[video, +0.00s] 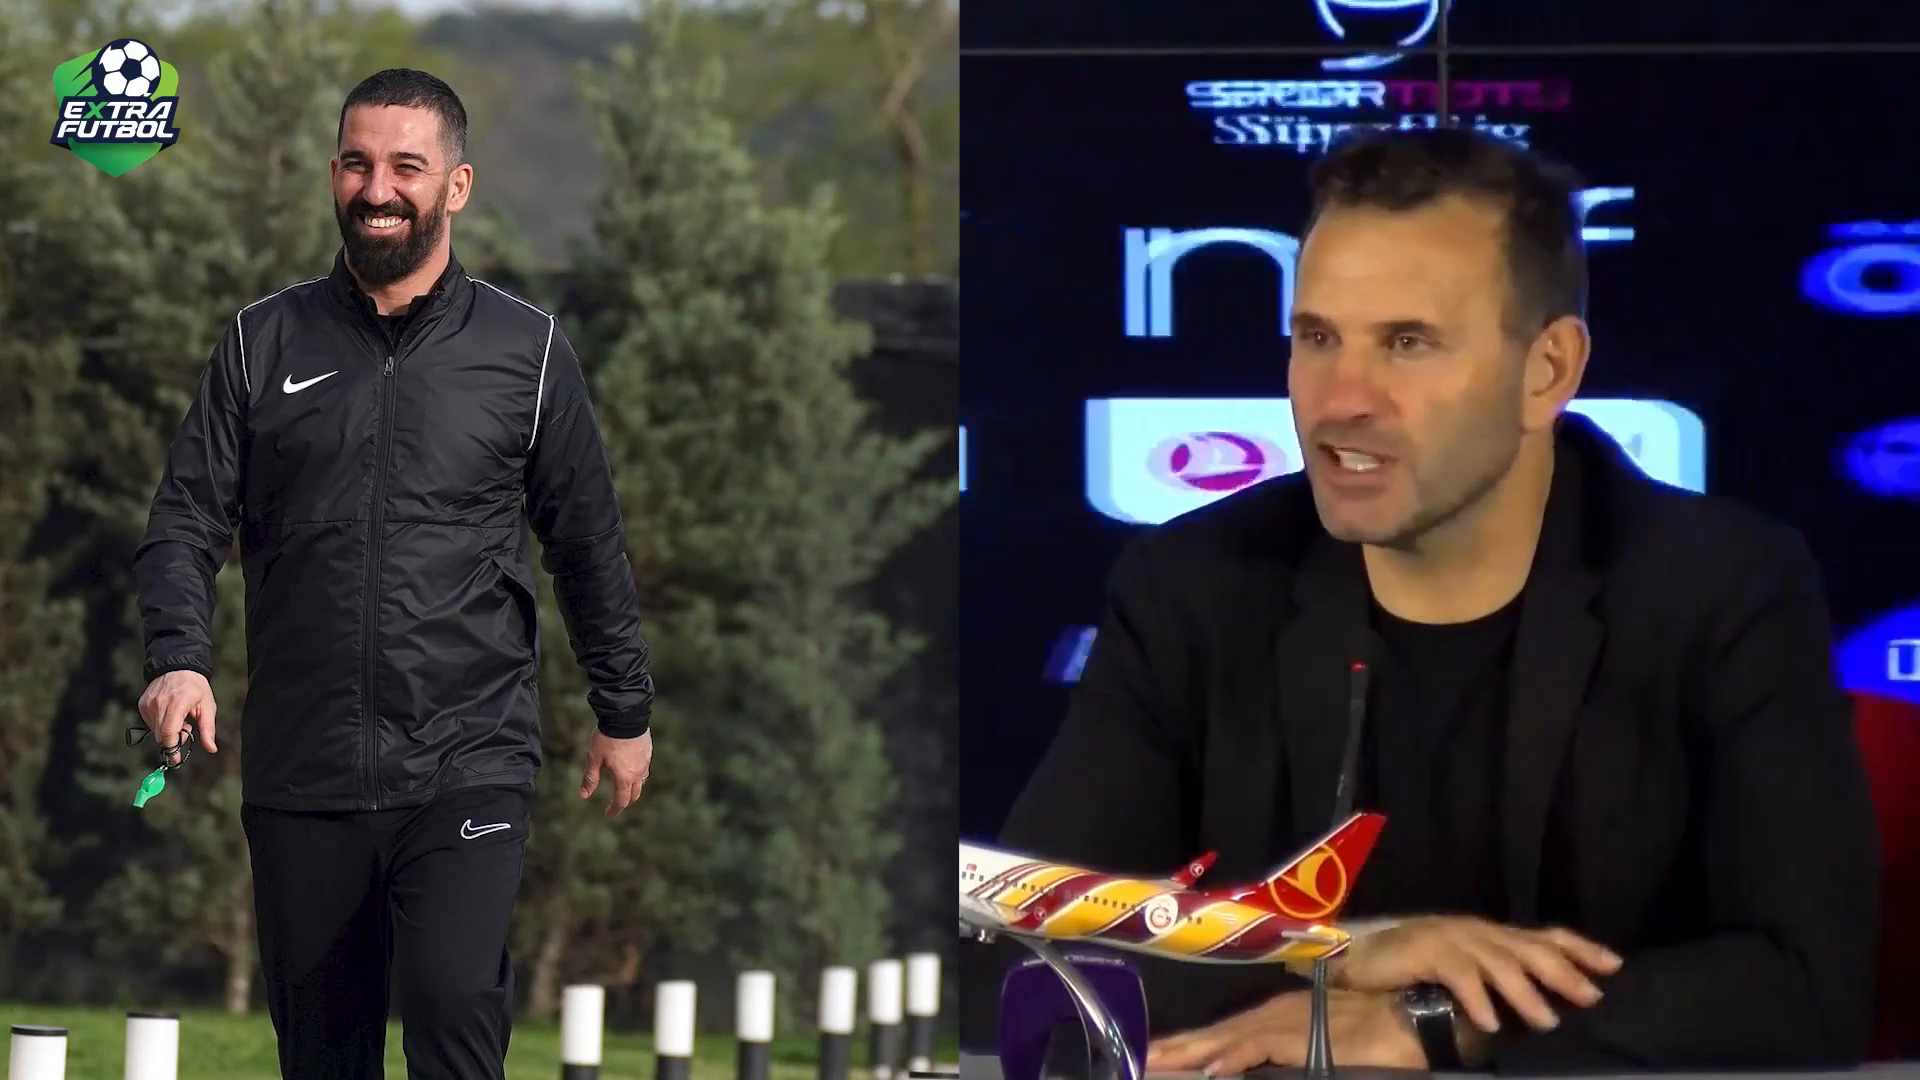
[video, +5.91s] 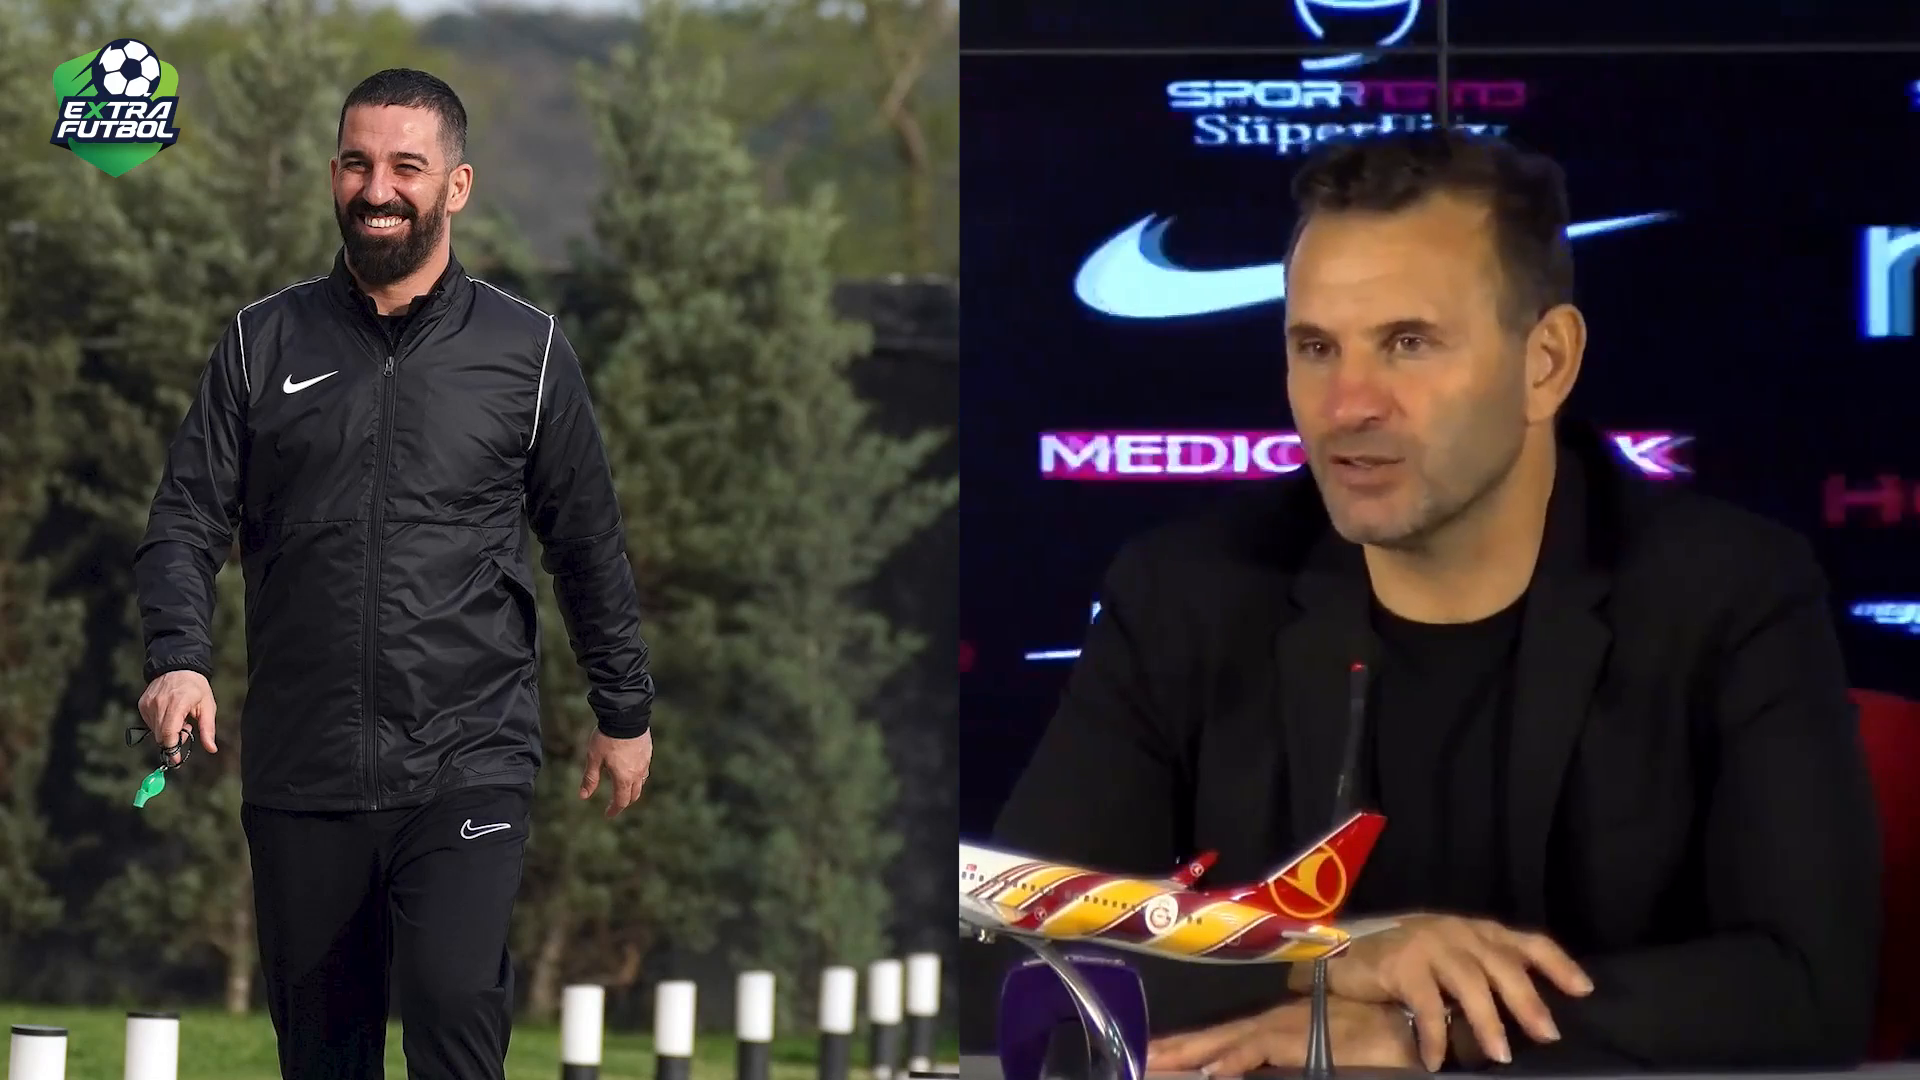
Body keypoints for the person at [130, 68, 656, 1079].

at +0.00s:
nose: (376, 187)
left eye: (405, 164)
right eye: (356, 162)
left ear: (458, 185)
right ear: (334, 176)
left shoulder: (529, 349)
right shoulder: (259, 343)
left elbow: (588, 540)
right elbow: (187, 513)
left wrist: (623, 709)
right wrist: (178, 658)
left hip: (472, 752)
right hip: (302, 755)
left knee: (455, 1018)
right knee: (320, 1042)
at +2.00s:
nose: (375, 187)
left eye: (405, 164)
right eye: (356, 162)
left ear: (458, 185)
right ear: (334, 177)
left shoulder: (530, 350)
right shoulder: (259, 342)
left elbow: (588, 541)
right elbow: (187, 513)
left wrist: (623, 708)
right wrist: (177, 658)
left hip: (472, 752)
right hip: (301, 755)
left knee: (455, 1018)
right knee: (320, 1043)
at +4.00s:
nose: (375, 186)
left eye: (405, 164)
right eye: (356, 162)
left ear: (458, 186)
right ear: (334, 177)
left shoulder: (530, 350)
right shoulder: (259, 343)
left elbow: (589, 543)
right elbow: (186, 513)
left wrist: (623, 708)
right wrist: (178, 658)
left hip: (472, 751)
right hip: (302, 753)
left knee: (454, 1018)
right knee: (320, 1041)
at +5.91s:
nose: (376, 187)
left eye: (405, 164)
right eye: (356, 162)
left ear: (458, 185)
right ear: (334, 177)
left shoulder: (530, 350)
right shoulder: (259, 342)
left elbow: (589, 541)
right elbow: (187, 513)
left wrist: (623, 708)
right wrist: (178, 658)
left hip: (471, 752)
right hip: (301, 755)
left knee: (455, 1019)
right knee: (320, 1043)